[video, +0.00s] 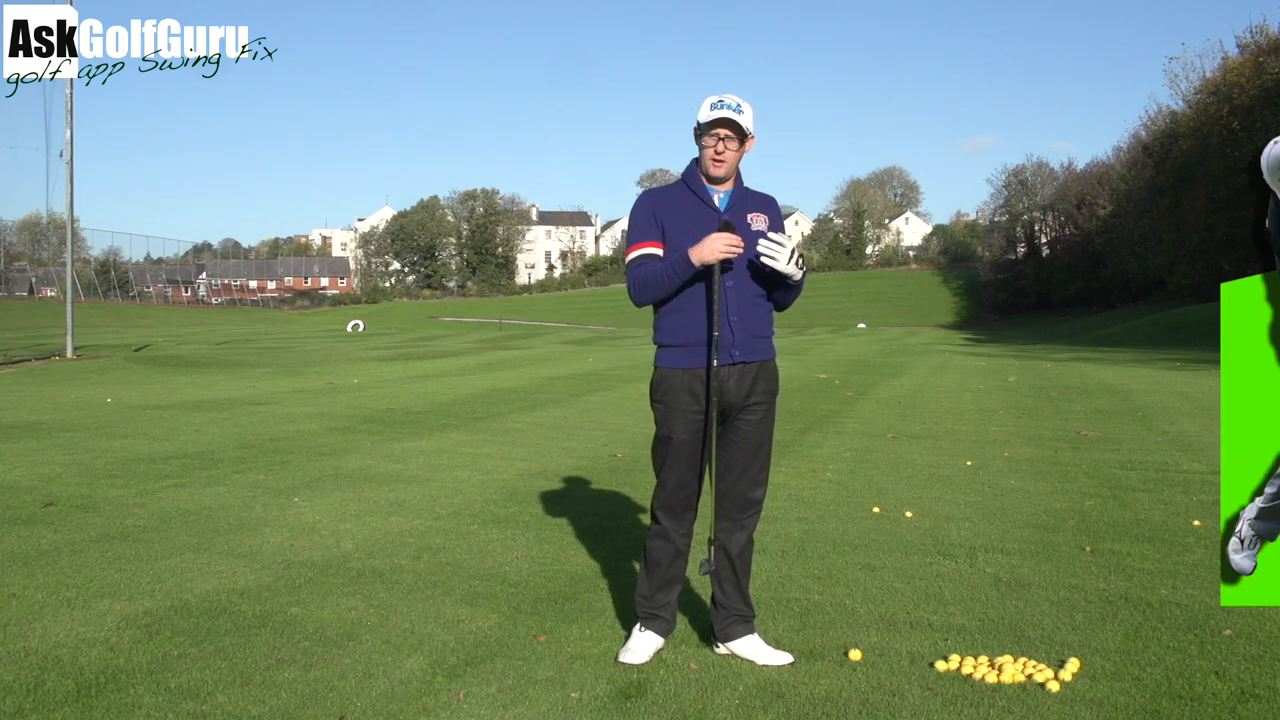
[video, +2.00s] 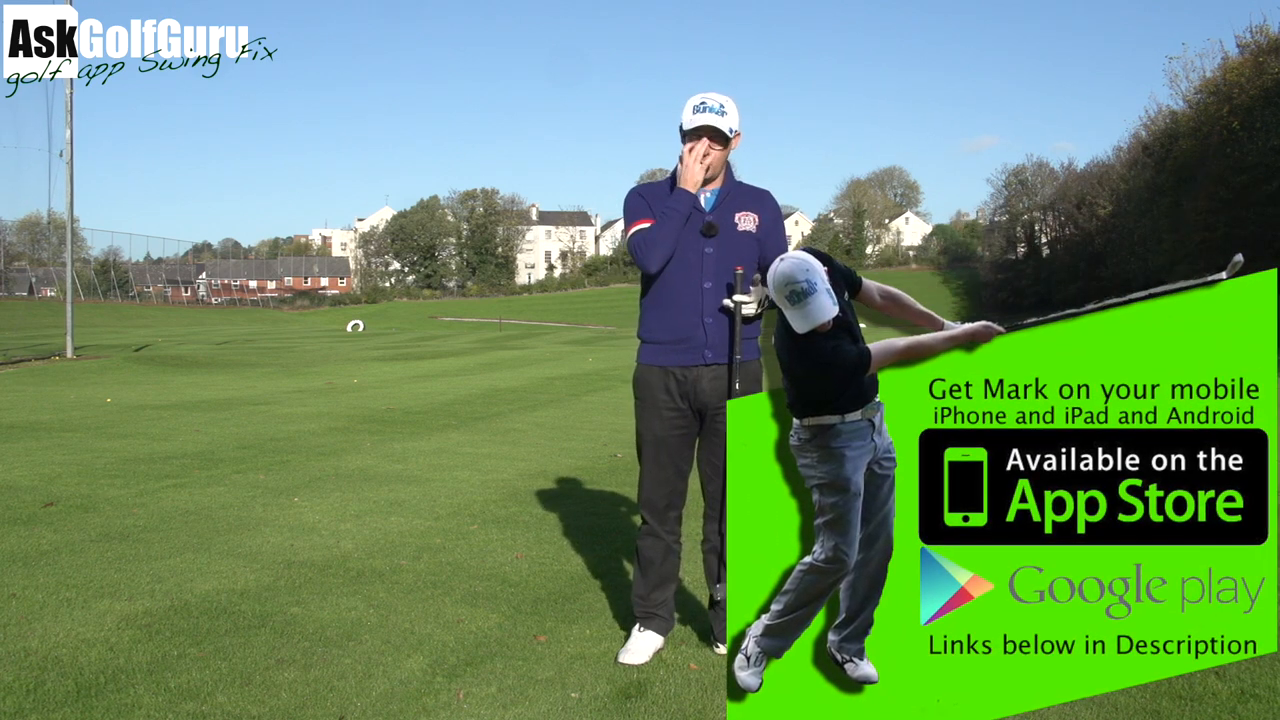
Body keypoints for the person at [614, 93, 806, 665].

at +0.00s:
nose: (719, 145)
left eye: (730, 137)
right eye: (711, 135)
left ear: (746, 145)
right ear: (697, 142)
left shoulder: (764, 209)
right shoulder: (655, 205)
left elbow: (780, 299)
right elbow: (642, 288)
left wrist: (790, 271)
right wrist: (694, 255)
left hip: (752, 373)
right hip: (682, 375)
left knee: (740, 507)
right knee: (674, 504)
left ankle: (734, 627)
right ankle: (653, 621)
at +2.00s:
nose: (702, 146)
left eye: (713, 138)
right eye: (693, 137)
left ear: (733, 144)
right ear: (681, 141)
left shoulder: (760, 203)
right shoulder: (648, 197)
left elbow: (781, 281)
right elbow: (648, 257)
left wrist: (762, 297)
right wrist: (686, 191)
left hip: (735, 374)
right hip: (662, 374)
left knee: (731, 511)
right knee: (658, 508)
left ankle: (733, 623)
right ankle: (652, 620)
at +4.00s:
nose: (651, 147)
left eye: (661, 138)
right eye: (642, 138)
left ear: (676, 145)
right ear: (628, 144)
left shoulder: (704, 200)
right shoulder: (592, 213)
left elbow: (722, 278)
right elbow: (600, 302)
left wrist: (709, 333)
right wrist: (661, 337)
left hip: (693, 374)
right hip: (623, 376)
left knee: (712, 503)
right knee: (635, 506)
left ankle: (728, 622)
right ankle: (648, 619)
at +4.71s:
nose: (675, 162)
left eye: (682, 152)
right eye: (665, 152)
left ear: (688, 152)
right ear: (637, 147)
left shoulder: (699, 204)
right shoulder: (592, 213)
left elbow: (727, 282)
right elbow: (585, 295)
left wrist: (721, 331)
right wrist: (652, 306)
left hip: (694, 375)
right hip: (622, 378)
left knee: (715, 504)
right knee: (635, 506)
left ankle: (729, 623)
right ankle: (648, 620)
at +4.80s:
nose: (677, 163)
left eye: (684, 153)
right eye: (667, 152)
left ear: (690, 152)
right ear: (640, 147)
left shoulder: (699, 205)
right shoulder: (594, 213)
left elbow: (722, 285)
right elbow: (595, 297)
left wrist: (712, 332)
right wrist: (657, 316)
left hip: (693, 376)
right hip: (623, 378)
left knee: (716, 503)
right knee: (634, 506)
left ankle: (729, 623)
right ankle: (648, 620)